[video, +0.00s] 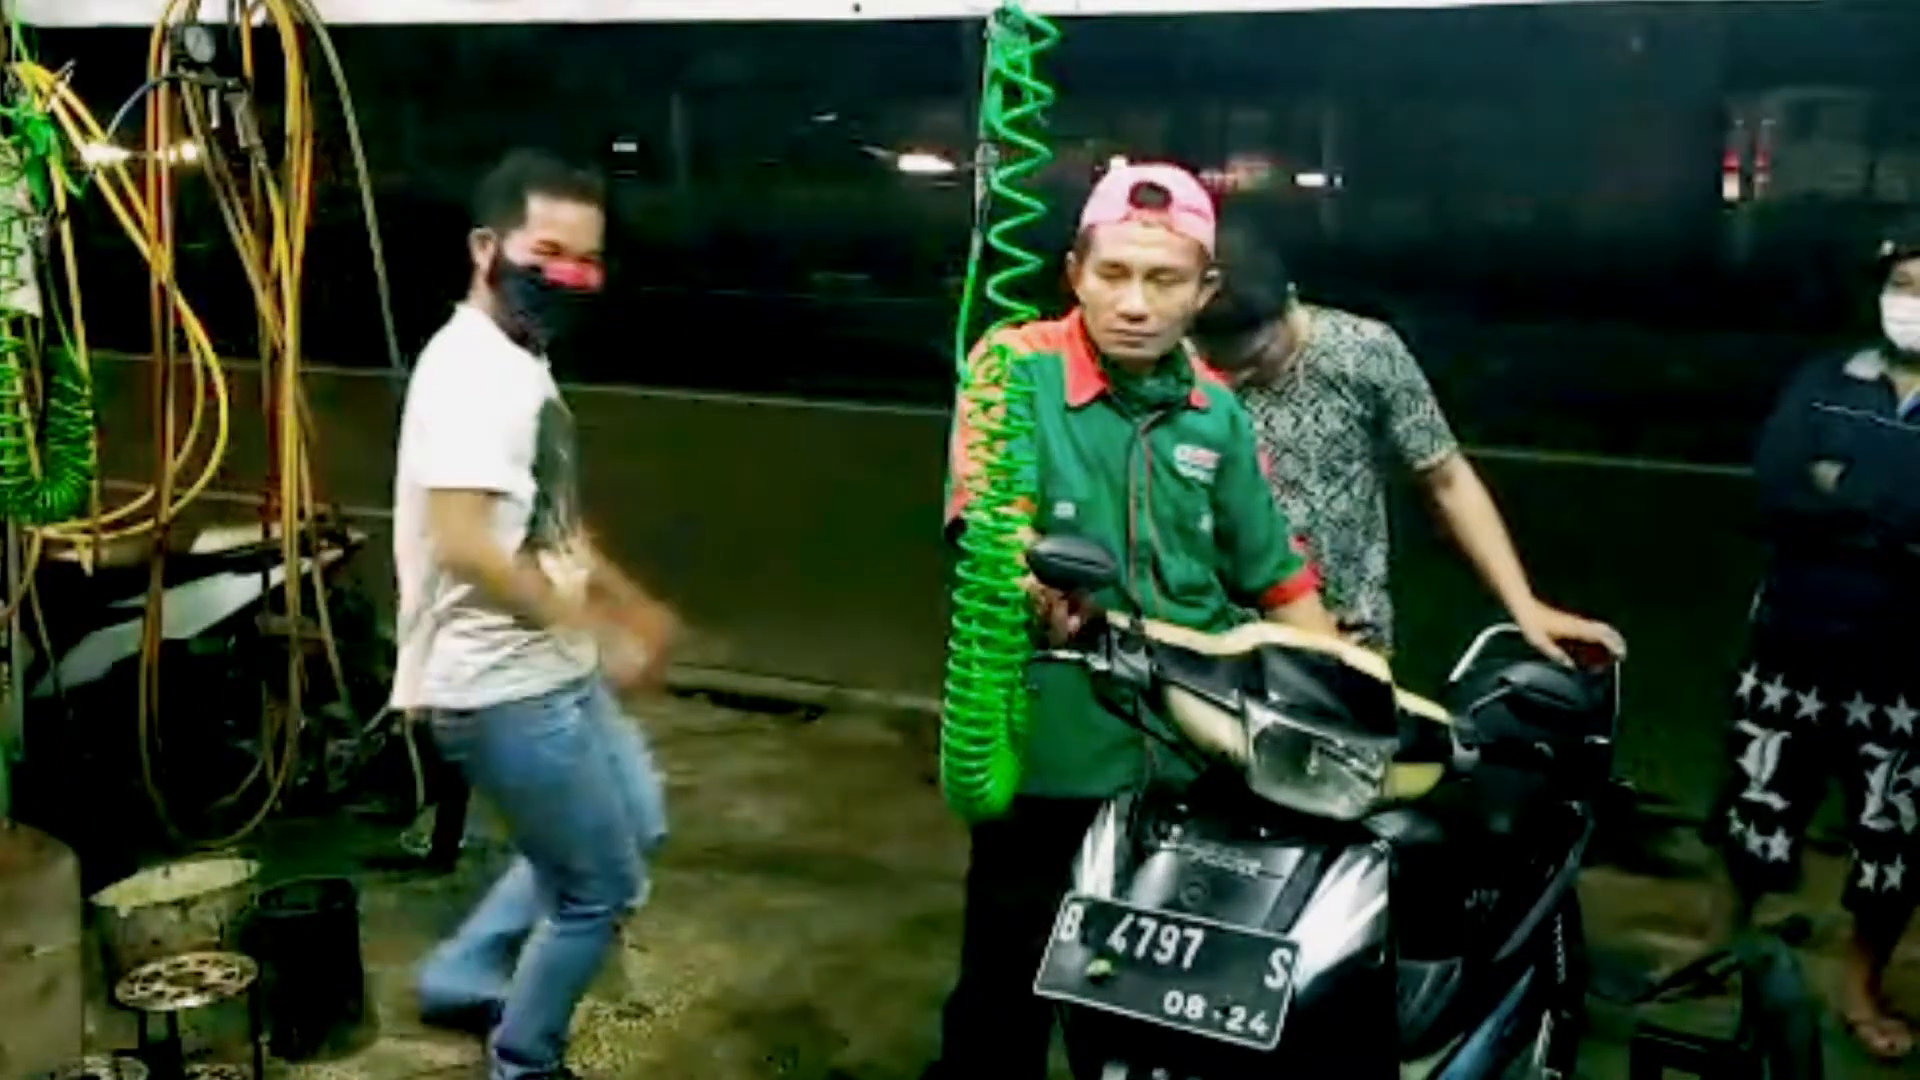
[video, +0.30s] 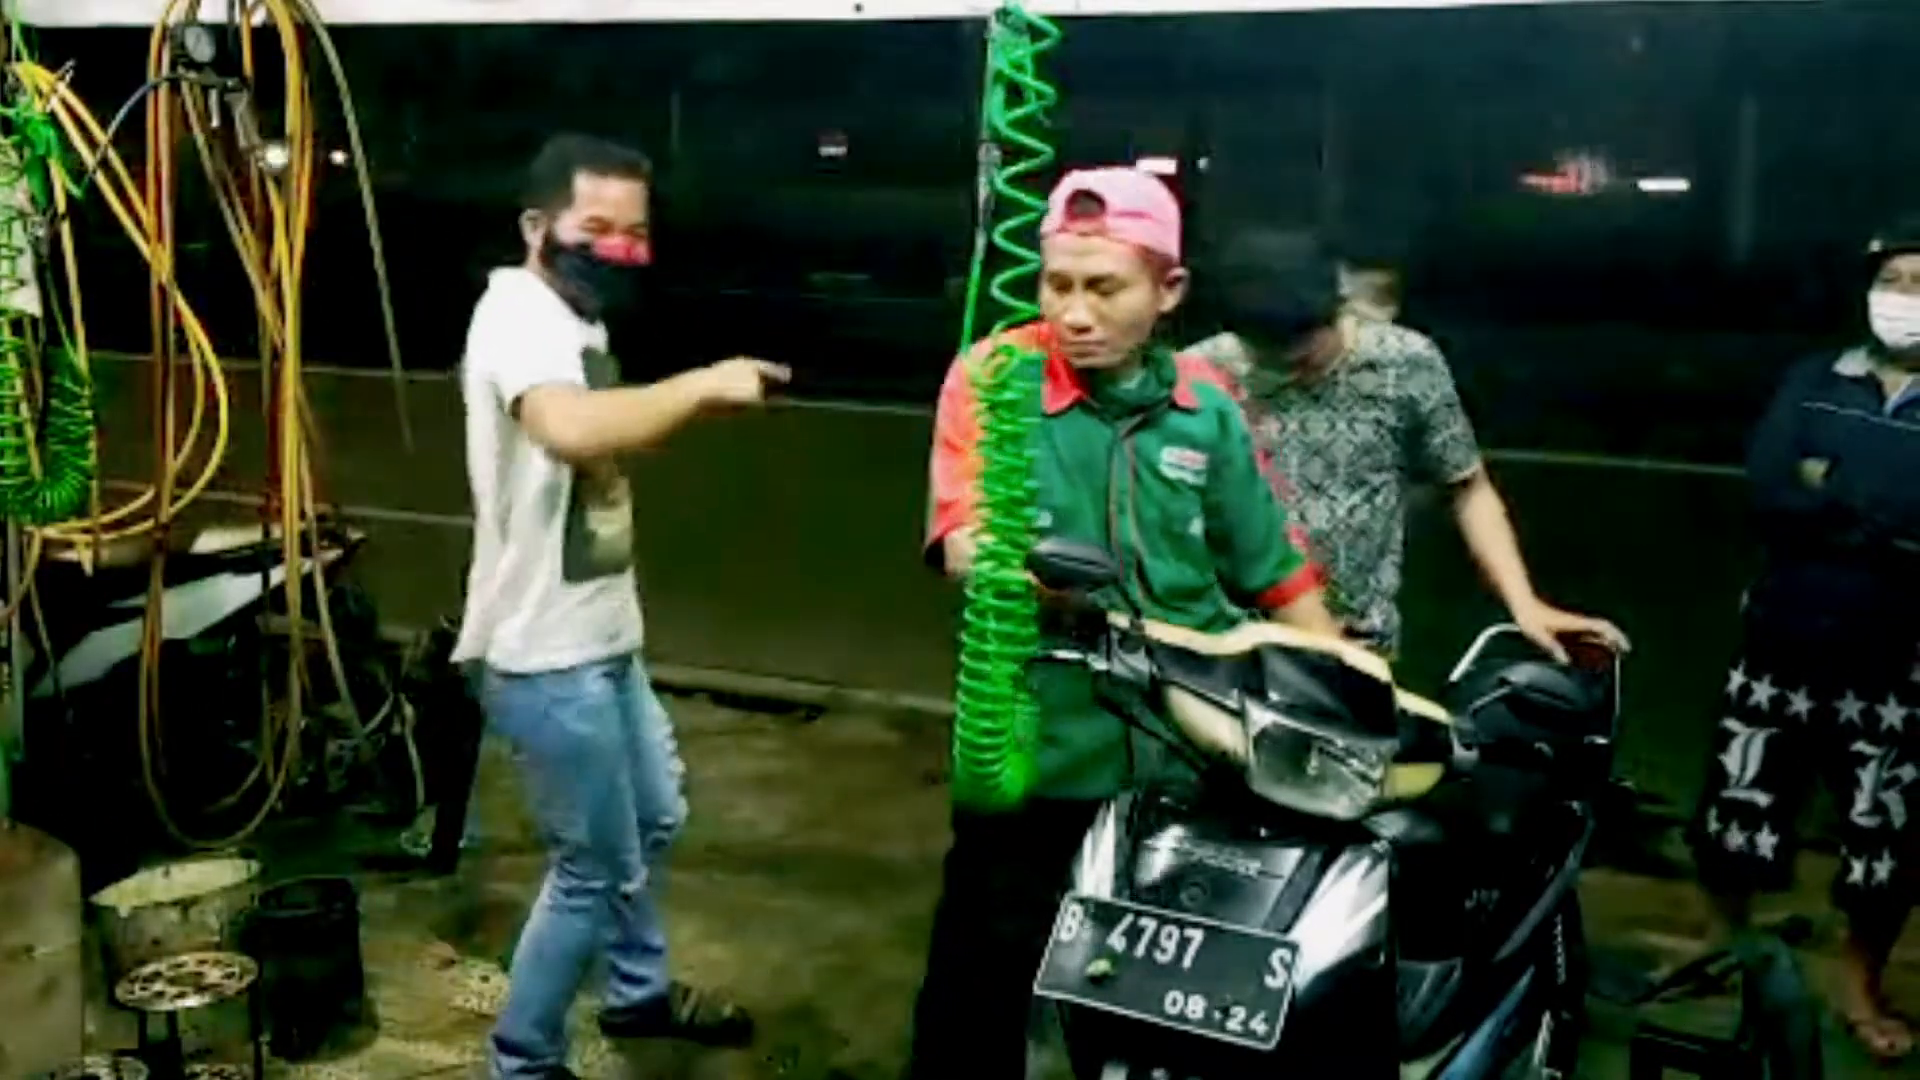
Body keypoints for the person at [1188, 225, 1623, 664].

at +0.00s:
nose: (1234, 378)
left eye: (1250, 361)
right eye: (1217, 363)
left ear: (1286, 314)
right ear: (1190, 336)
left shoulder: (1364, 356)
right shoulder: (1180, 377)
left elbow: (1447, 480)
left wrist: (1525, 608)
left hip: (1343, 644)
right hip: (1215, 646)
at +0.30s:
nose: (1295, 360)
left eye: (1305, 342)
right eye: (1274, 348)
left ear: (1335, 309)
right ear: (1244, 330)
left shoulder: (1406, 365)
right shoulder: (1207, 374)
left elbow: (1468, 489)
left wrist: (1526, 606)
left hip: (1354, 651)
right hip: (1230, 646)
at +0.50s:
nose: (1336, 357)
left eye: (1352, 338)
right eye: (1318, 343)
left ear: (1381, 314)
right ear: (1286, 324)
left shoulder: (1435, 364)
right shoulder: (1229, 373)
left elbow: (1478, 490)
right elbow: (1190, 507)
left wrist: (1528, 607)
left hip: (1374, 653)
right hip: (1252, 648)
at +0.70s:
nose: (1346, 390)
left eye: (1367, 376)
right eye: (1333, 372)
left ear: (1399, 353)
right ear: (1306, 345)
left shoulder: (1456, 385)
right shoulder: (1248, 375)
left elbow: (1491, 503)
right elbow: (1197, 492)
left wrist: (1528, 606)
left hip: (1389, 657)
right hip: (1266, 647)